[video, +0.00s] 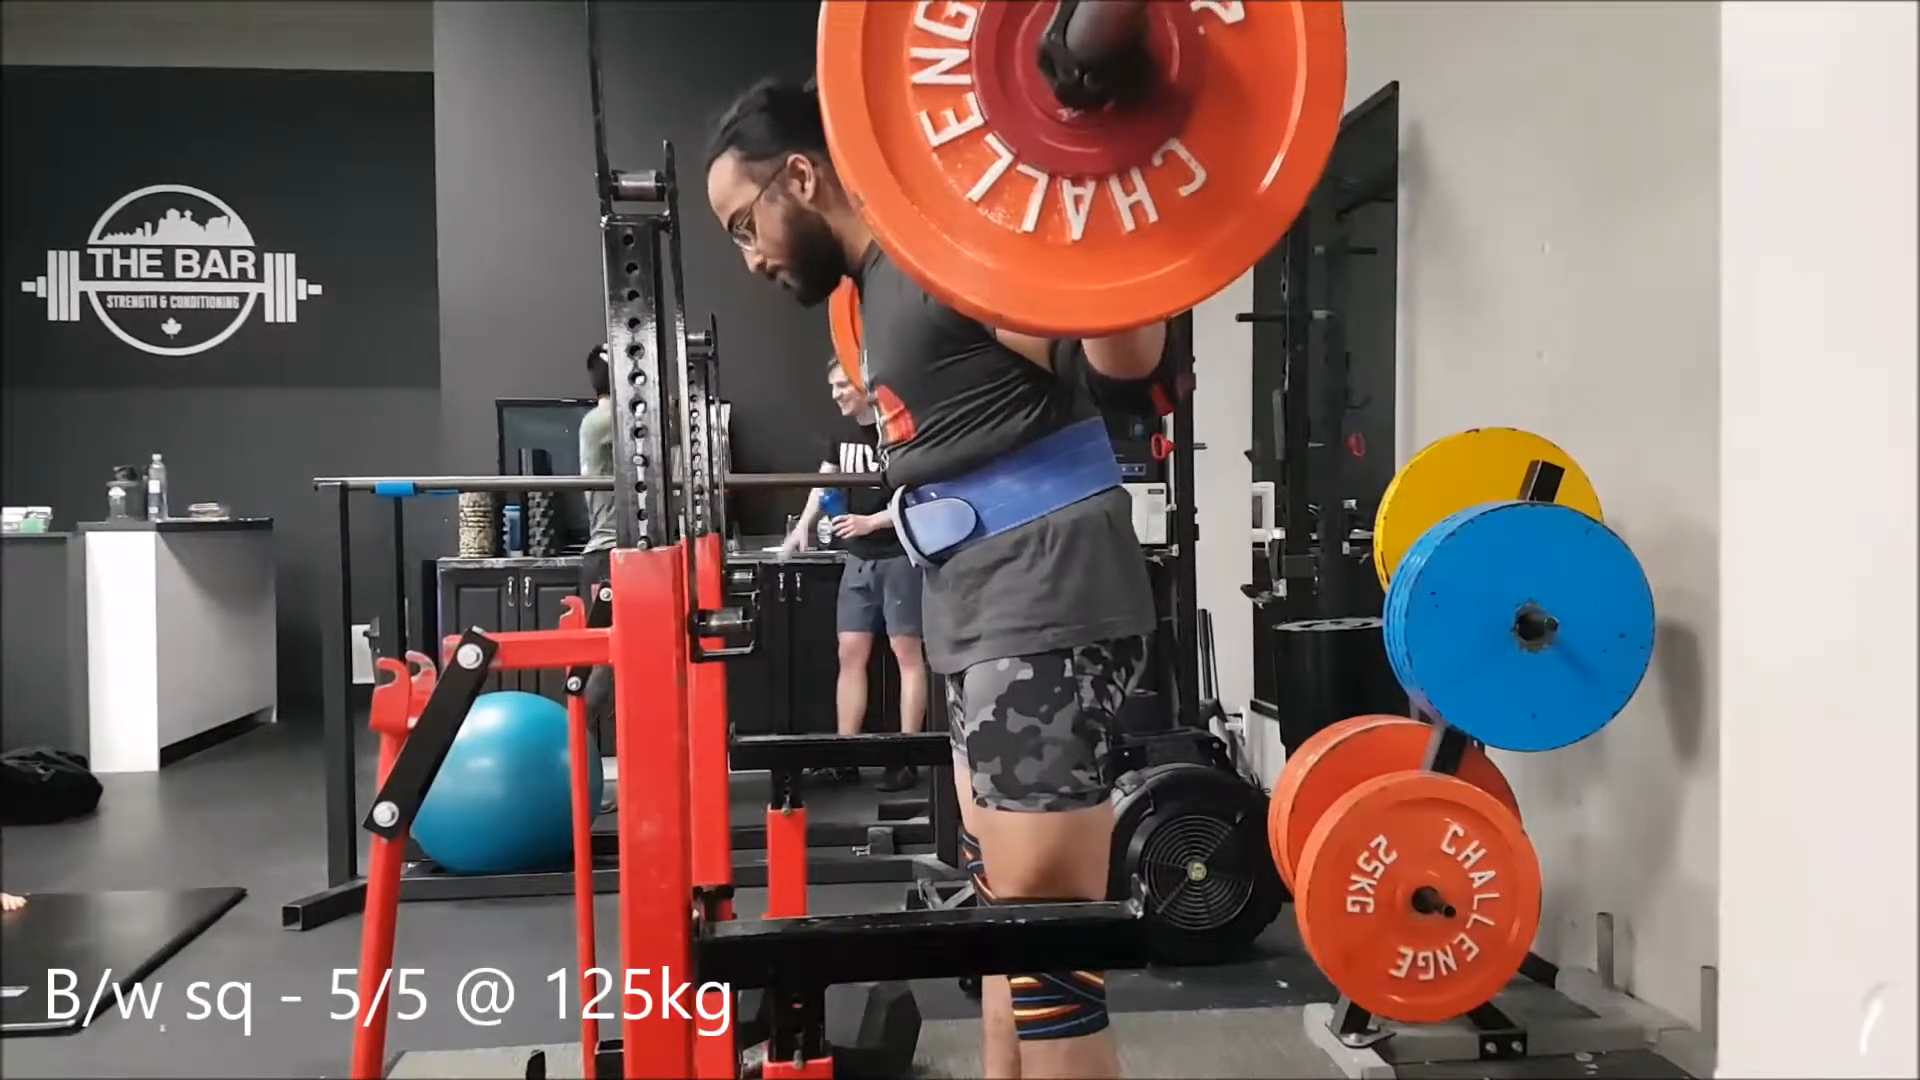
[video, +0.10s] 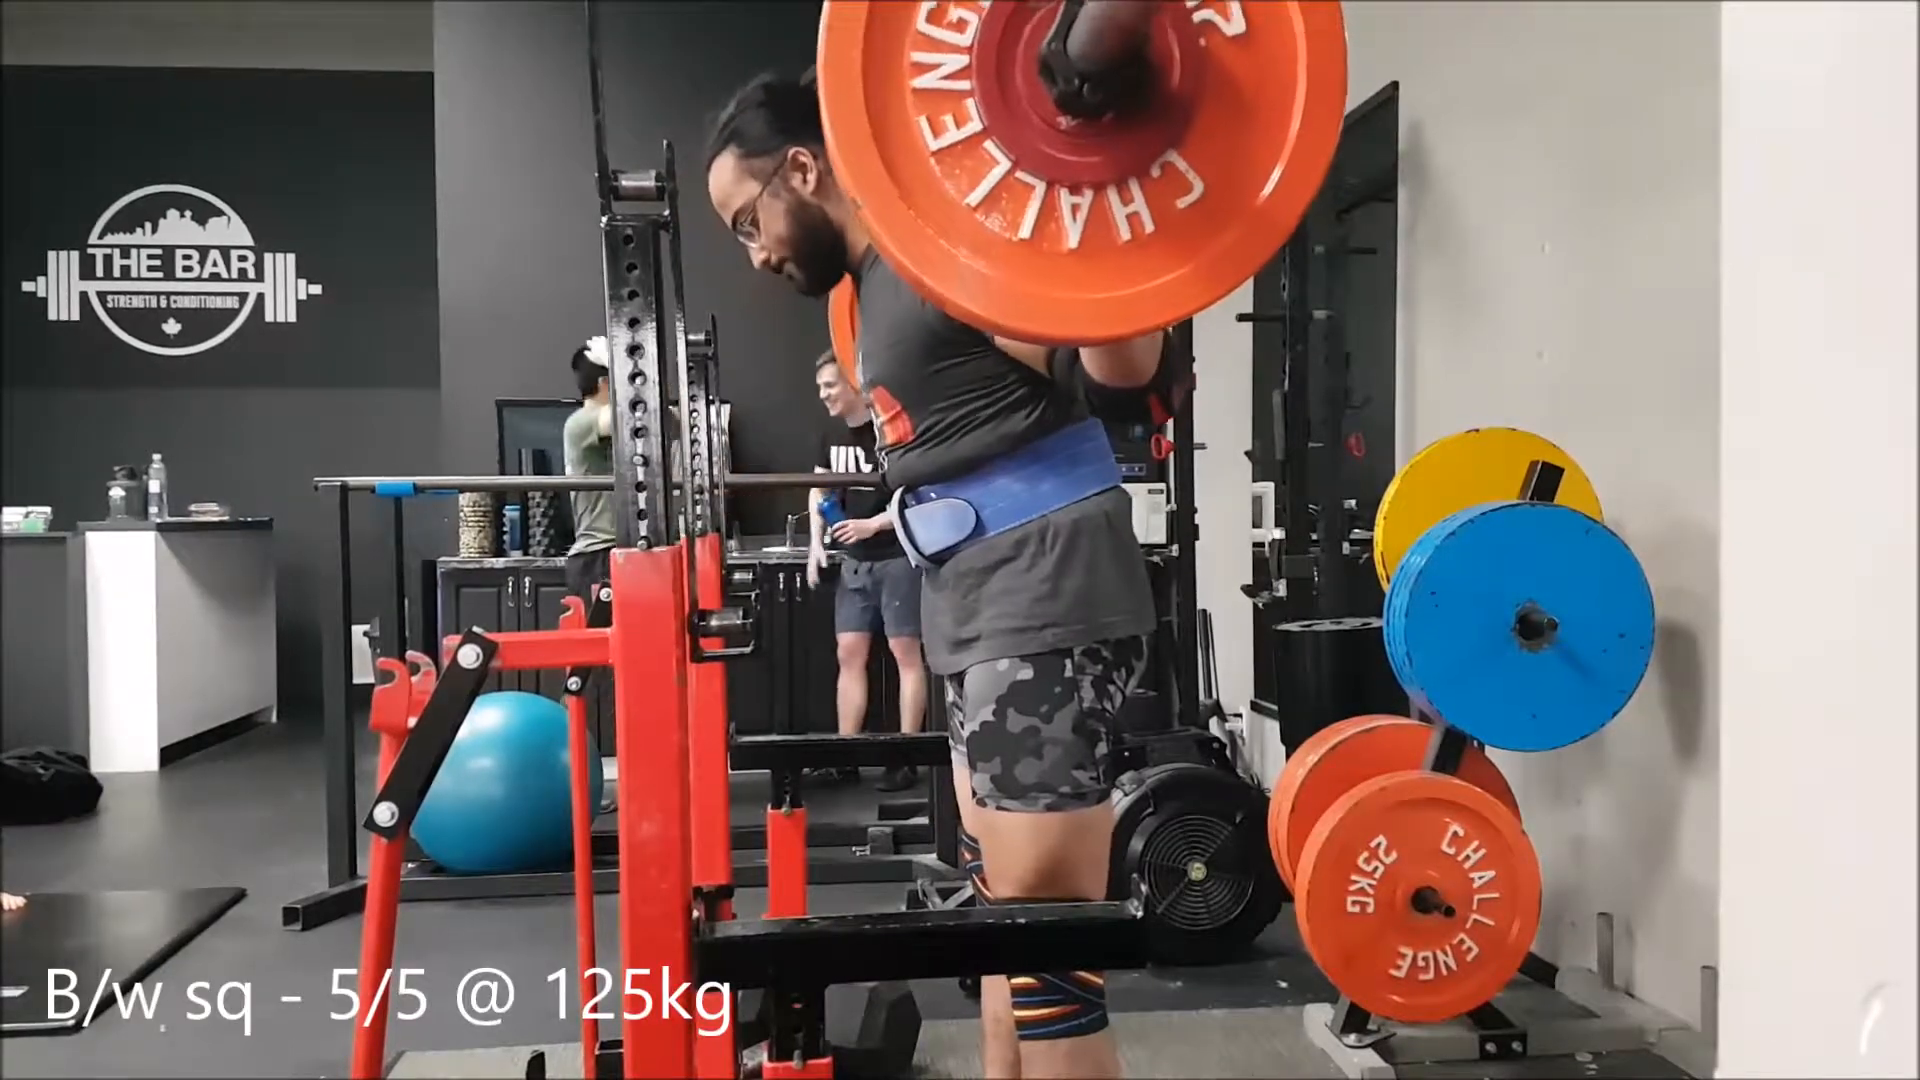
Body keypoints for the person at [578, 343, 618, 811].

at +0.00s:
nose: (634, 377)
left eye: (627, 367)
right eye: (628, 368)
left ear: (597, 377)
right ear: (616, 375)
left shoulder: (596, 420)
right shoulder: (607, 419)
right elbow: (653, 434)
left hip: (603, 549)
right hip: (610, 551)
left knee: (605, 657)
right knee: (612, 658)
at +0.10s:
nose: (620, 384)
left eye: (619, 377)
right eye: (617, 377)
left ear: (593, 384)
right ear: (603, 381)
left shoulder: (613, 419)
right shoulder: (580, 422)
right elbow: (611, 427)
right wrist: (617, 390)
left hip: (618, 552)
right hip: (594, 554)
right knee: (591, 661)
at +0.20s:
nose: (606, 389)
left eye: (605, 380)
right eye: (602, 381)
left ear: (572, 384)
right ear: (590, 382)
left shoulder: (590, 423)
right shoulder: (563, 424)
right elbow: (606, 410)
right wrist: (598, 363)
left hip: (607, 553)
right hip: (584, 556)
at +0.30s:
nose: (593, 384)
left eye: (592, 377)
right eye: (584, 376)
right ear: (573, 378)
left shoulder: (589, 423)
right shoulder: (545, 424)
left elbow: (611, 403)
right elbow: (598, 400)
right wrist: (582, 356)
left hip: (603, 552)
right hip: (571, 554)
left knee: (605, 658)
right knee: (577, 659)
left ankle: (606, 753)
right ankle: (573, 752)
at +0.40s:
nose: (573, 381)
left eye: (572, 373)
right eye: (567, 376)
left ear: (537, 380)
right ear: (556, 379)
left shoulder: (575, 423)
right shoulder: (528, 423)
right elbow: (580, 397)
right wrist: (561, 355)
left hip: (599, 551)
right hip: (563, 553)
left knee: (604, 664)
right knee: (571, 664)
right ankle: (557, 762)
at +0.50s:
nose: (554, 383)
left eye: (551, 376)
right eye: (545, 378)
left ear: (522, 385)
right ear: (530, 381)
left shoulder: (553, 428)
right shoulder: (510, 427)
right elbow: (560, 399)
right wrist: (540, 354)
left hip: (588, 553)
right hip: (555, 555)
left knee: (599, 664)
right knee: (567, 666)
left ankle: (603, 759)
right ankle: (550, 761)